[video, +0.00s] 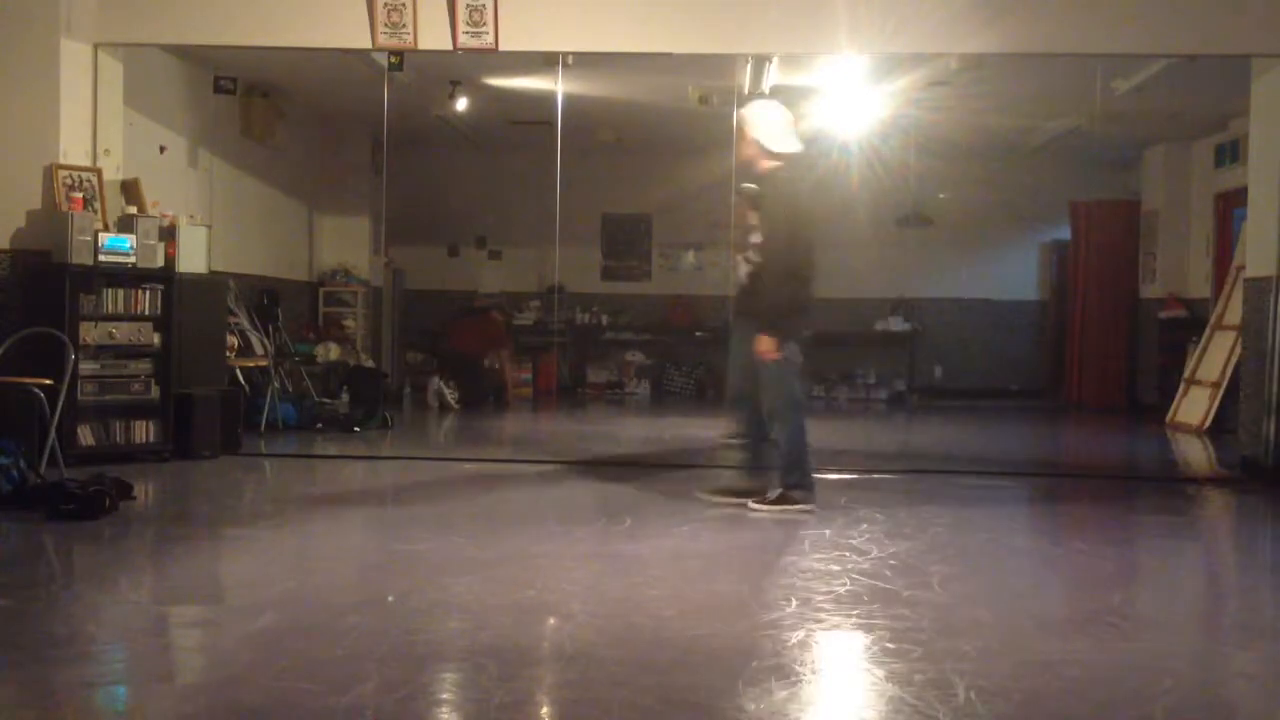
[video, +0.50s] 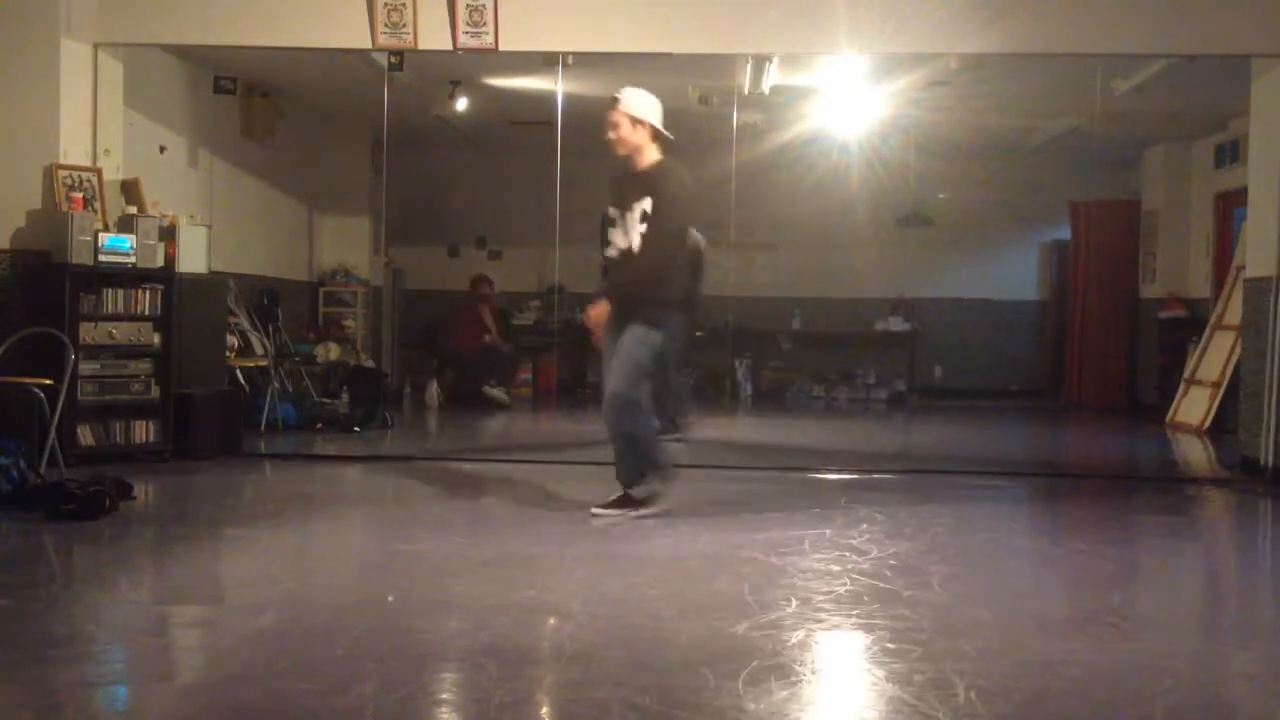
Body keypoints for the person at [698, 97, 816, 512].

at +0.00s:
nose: (737, 145)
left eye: (742, 137)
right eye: (739, 136)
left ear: (758, 140)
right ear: (770, 139)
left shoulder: (782, 189)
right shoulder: (765, 187)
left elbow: (784, 263)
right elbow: (768, 260)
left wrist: (772, 326)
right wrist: (751, 314)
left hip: (774, 315)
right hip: (754, 312)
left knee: (781, 401)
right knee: (748, 394)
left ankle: (795, 484)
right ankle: (756, 474)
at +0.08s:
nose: (718, 147)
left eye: (722, 139)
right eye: (719, 139)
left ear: (734, 142)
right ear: (751, 141)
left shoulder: (757, 191)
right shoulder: (757, 187)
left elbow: (753, 266)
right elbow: (759, 261)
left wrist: (739, 329)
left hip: (761, 322)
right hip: (756, 318)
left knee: (777, 403)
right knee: (722, 396)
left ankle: (796, 485)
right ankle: (694, 473)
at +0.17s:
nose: (694, 156)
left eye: (698, 147)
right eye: (695, 146)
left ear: (714, 147)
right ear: (724, 146)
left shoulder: (734, 196)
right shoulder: (730, 192)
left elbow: (725, 272)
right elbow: (732, 269)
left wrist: (707, 332)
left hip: (744, 321)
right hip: (733, 319)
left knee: (759, 405)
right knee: (690, 394)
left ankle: (794, 484)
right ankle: (656, 476)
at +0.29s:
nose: (655, 153)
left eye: (661, 145)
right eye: (657, 144)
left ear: (680, 147)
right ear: (682, 146)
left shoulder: (701, 195)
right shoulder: (684, 194)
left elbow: (690, 271)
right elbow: (684, 269)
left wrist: (660, 327)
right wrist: (660, 322)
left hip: (702, 321)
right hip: (679, 320)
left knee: (714, 404)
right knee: (643, 399)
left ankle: (774, 476)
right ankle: (636, 486)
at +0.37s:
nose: (635, 152)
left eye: (640, 143)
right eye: (635, 143)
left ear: (663, 142)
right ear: (659, 142)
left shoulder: (687, 192)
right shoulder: (670, 193)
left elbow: (668, 265)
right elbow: (660, 267)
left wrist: (634, 321)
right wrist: (635, 320)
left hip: (684, 315)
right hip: (657, 314)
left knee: (664, 403)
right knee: (623, 398)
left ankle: (738, 461)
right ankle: (636, 490)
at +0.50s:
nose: (611, 136)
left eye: (618, 126)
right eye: (610, 127)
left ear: (645, 128)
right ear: (633, 130)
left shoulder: (670, 181)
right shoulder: (622, 183)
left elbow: (660, 255)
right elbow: (614, 250)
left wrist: (611, 296)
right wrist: (605, 304)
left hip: (657, 302)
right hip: (626, 301)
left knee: (622, 388)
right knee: (618, 393)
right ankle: (635, 484)